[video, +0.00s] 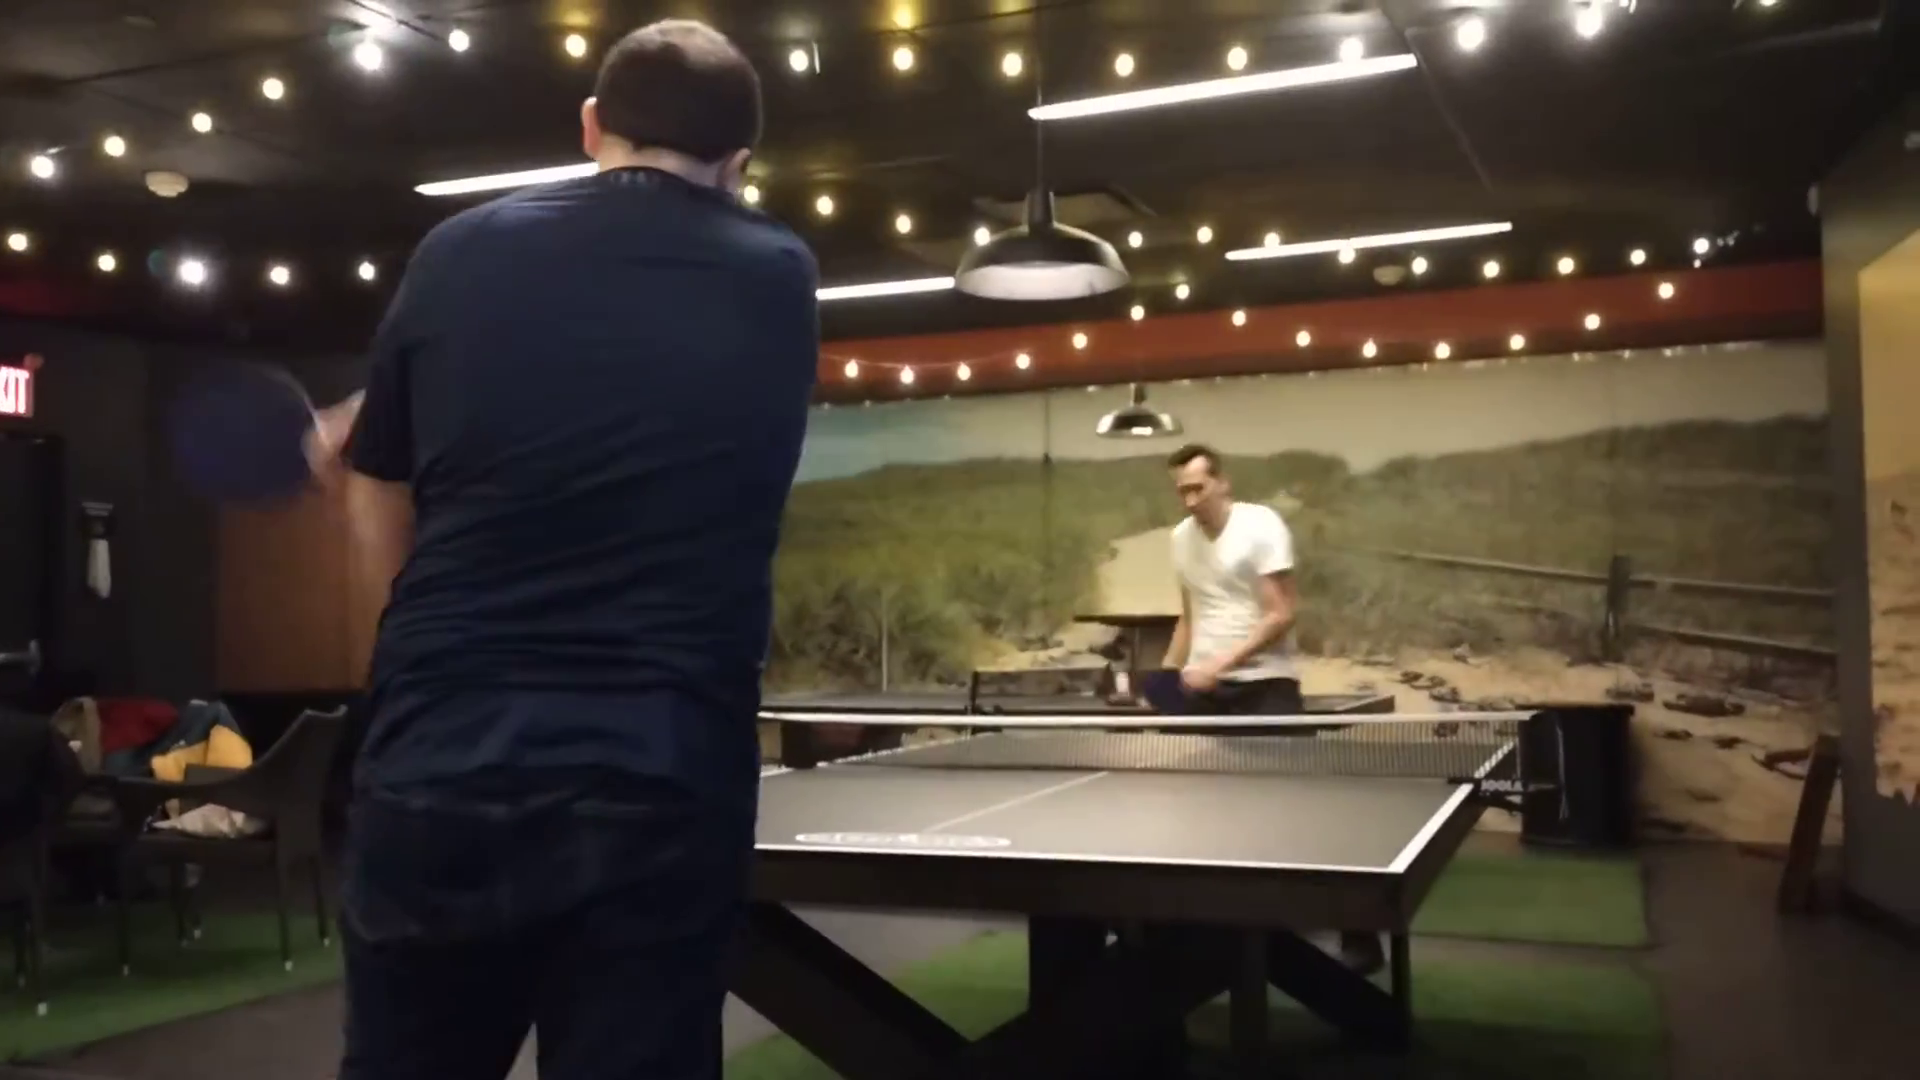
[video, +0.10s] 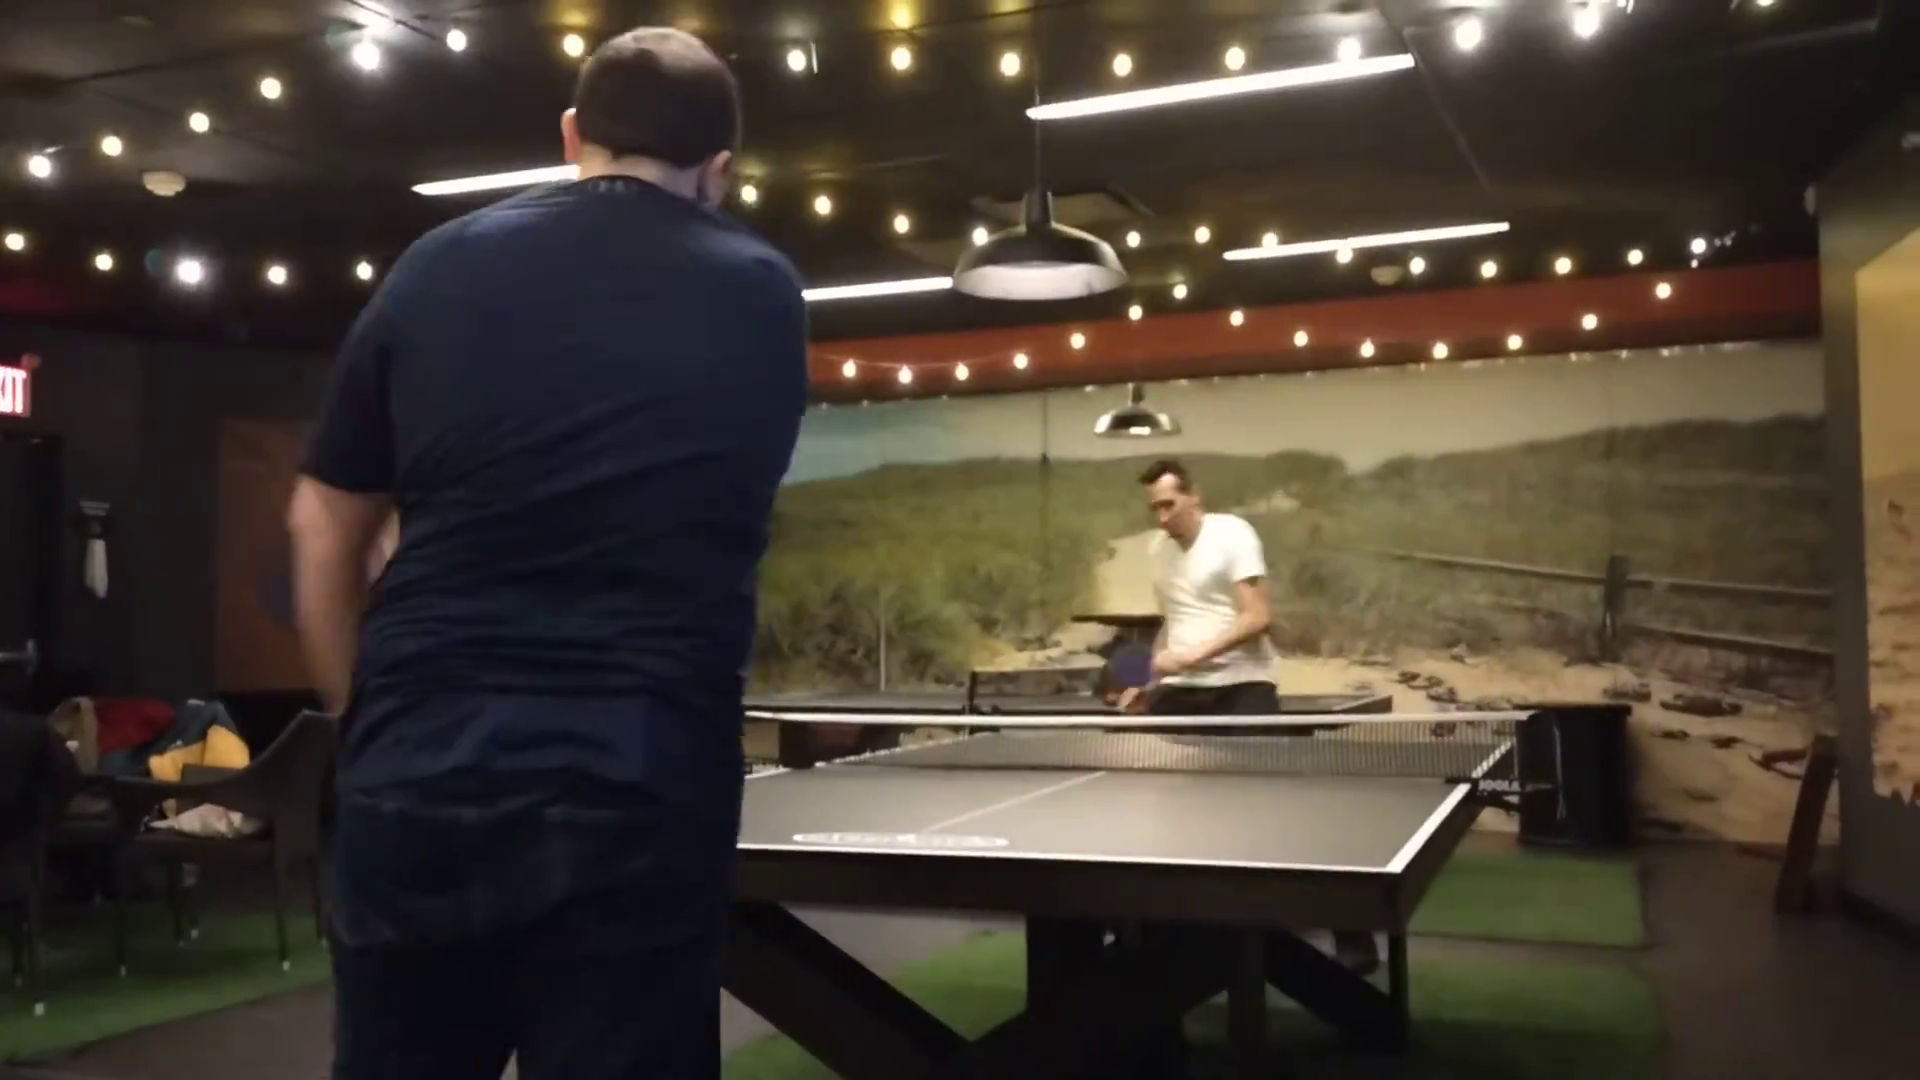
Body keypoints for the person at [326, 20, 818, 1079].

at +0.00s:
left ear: (589, 126)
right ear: (738, 164)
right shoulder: (780, 274)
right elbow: (618, 375)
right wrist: (367, 431)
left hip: (441, 779)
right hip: (661, 791)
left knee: (403, 1062)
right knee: (640, 1060)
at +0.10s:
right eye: (731, 171)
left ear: (568, 138)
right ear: (719, 171)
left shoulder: (436, 265)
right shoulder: (765, 290)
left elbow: (324, 522)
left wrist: (364, 719)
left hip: (424, 777)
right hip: (647, 786)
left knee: (399, 1062)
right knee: (629, 1061)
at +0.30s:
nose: (681, 194)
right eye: (683, 177)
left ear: (525, 160)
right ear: (672, 175)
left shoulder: (385, 290)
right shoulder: (720, 316)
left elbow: (251, 499)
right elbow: (835, 558)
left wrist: (217, 738)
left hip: (363, 780)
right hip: (586, 796)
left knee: (348, 1060)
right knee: (562, 1058)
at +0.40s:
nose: (649, 193)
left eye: (650, 177)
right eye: (650, 174)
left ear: (490, 162)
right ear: (634, 168)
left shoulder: (350, 292)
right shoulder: (677, 307)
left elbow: (204, 474)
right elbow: (816, 486)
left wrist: (164, 705)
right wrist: (985, 663)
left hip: (327, 780)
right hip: (548, 799)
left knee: (315, 1058)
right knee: (530, 1055)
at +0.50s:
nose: (612, 198)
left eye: (610, 179)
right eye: (613, 179)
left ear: (455, 167)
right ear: (595, 172)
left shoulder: (307, 296)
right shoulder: (617, 296)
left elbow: (164, 467)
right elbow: (747, 417)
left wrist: (120, 694)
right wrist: (937, 543)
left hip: (294, 778)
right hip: (513, 789)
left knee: (294, 1060)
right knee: (511, 1060)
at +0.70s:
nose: (533, 195)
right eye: (535, 172)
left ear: (375, 169)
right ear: (515, 168)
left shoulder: (237, 297)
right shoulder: (543, 291)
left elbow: (98, 484)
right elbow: (568, 426)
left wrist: (102, 712)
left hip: (244, 807)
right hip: (466, 805)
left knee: (246, 1060)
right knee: (570, 1056)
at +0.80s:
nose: (507, 194)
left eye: (507, 171)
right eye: (507, 170)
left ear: (352, 168)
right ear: (487, 164)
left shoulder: (216, 300)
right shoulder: (532, 306)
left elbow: (79, 491)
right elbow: (532, 507)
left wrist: (115, 708)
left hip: (238, 799)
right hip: (449, 806)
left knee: (249, 1060)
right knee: (587, 1056)